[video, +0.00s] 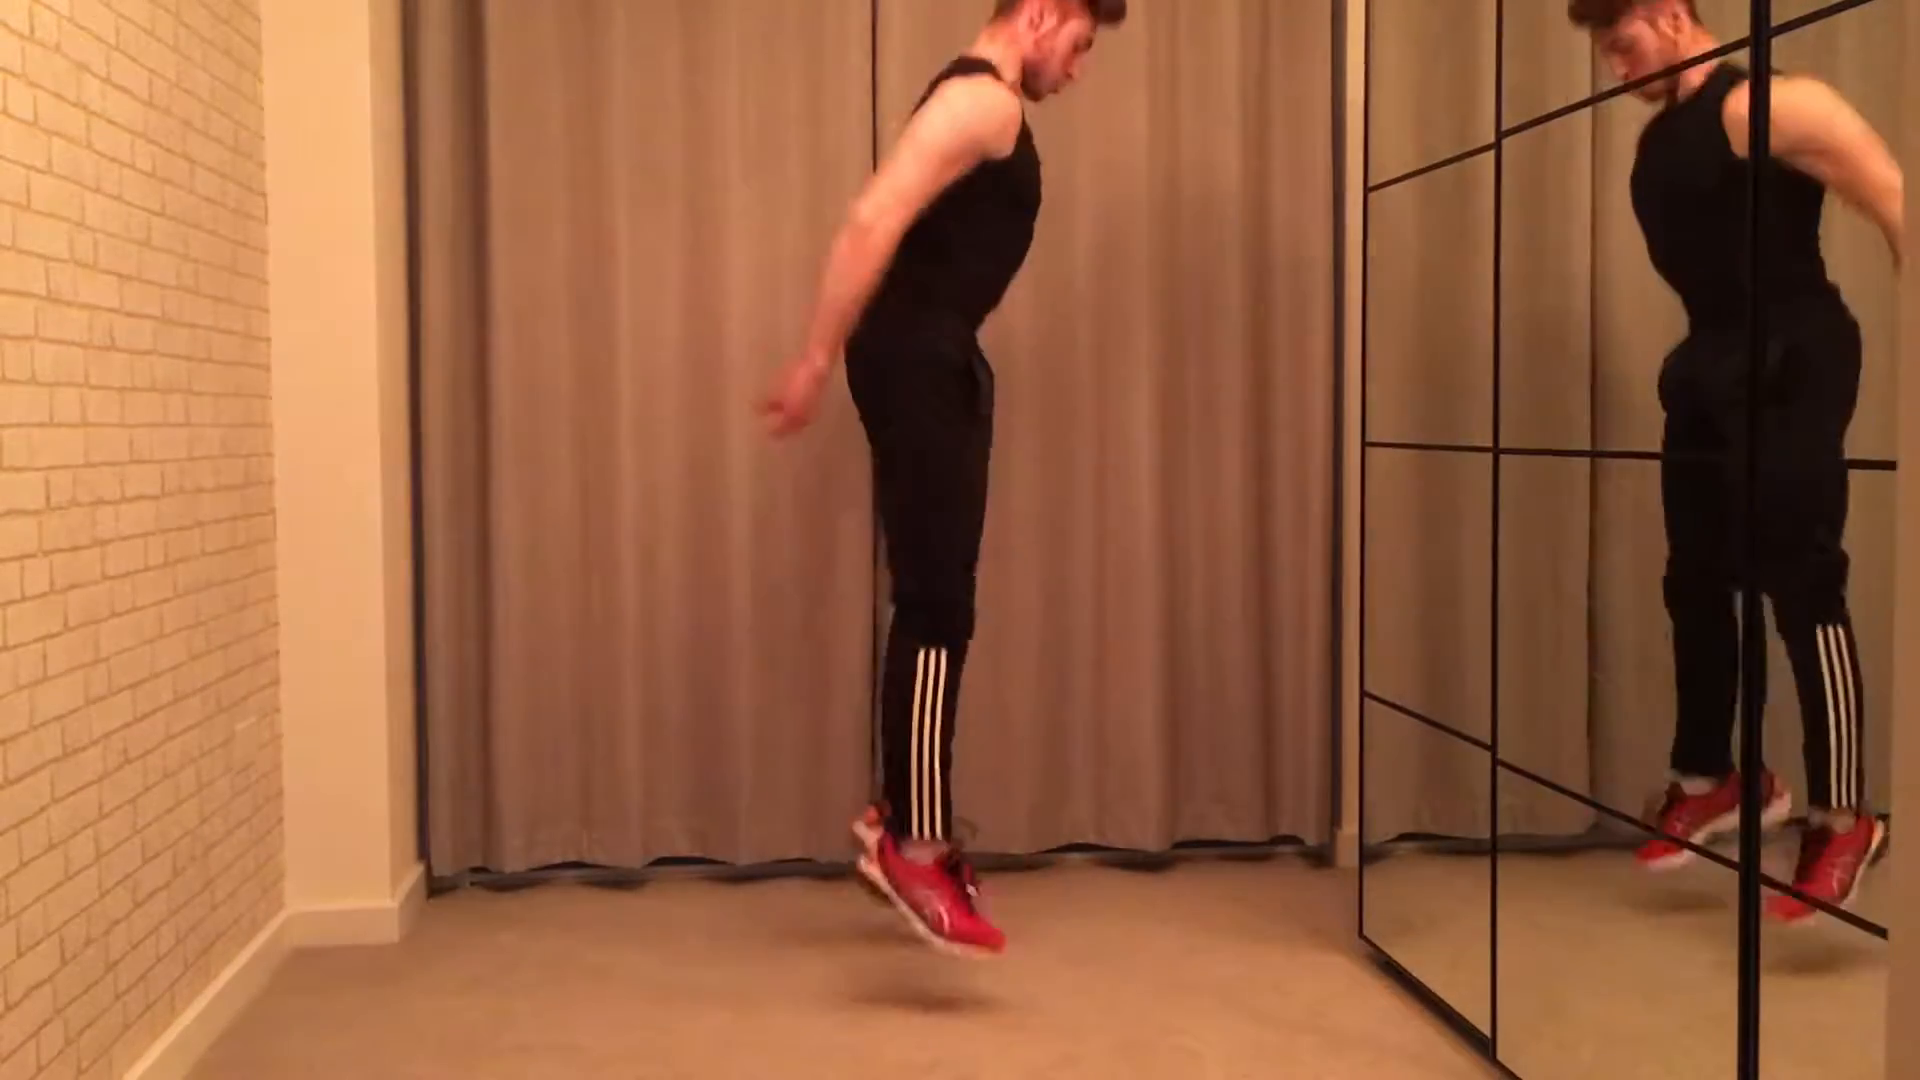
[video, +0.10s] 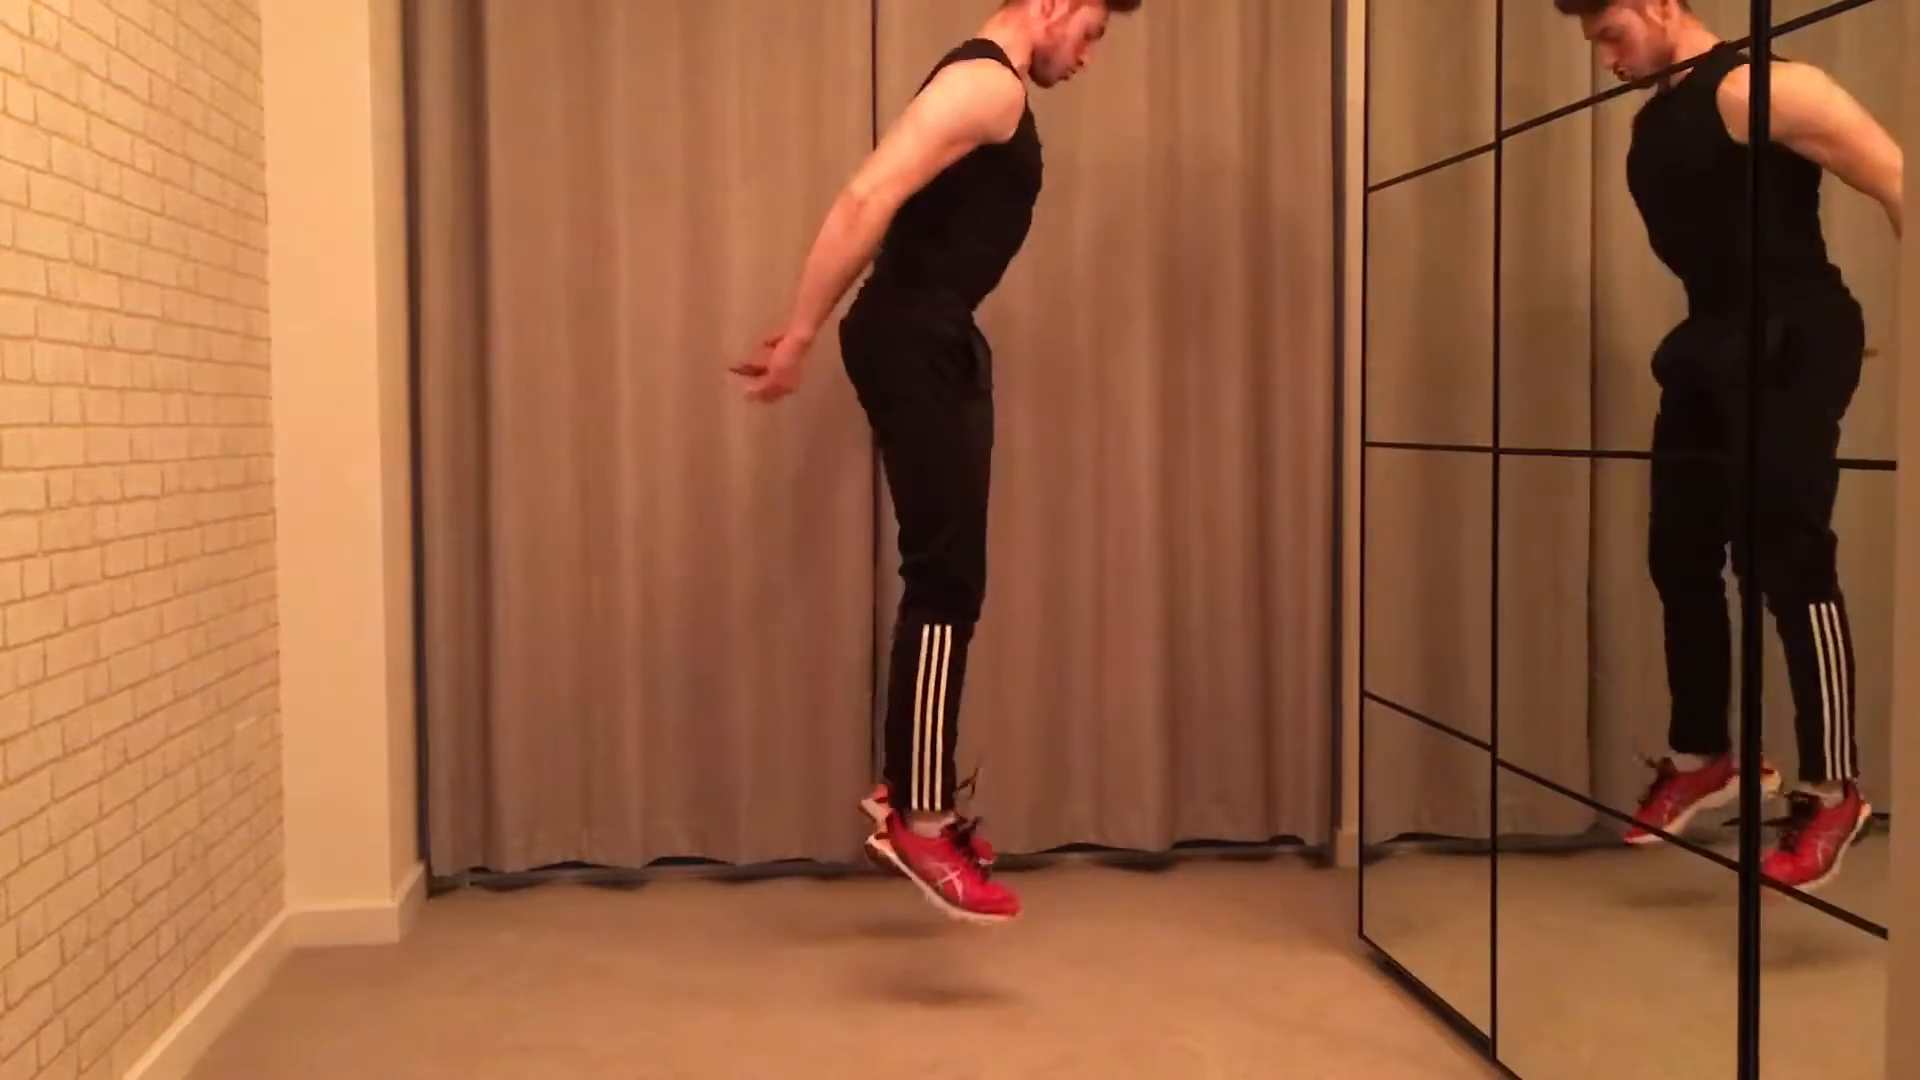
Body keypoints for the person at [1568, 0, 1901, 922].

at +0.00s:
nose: (1614, 61)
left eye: (1622, 36)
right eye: (1603, 46)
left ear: (1675, 15)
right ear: (1613, 44)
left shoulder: (1774, 105)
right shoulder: (1665, 131)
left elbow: (1894, 204)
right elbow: (1721, 257)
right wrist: (1713, 355)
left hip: (1793, 365)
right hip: (1708, 369)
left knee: (1801, 587)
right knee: (1701, 580)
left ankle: (1846, 818)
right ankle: (1715, 779)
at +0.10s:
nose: (1604, 57)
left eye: (1608, 33)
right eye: (1594, 41)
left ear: (1661, 6)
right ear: (1643, 18)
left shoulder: (1763, 89)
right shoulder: (1665, 108)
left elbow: (1896, 182)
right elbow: (1727, 238)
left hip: (1795, 344)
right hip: (1710, 346)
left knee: (1789, 561)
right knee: (1684, 558)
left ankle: (1835, 793)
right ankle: (1705, 757)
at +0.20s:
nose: (1600, 104)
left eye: (1605, 83)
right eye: (1589, 92)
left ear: (1651, 48)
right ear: (1597, 79)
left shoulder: (1747, 125)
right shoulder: (1647, 154)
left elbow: (1885, 214)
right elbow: (1720, 270)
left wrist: (1909, 299)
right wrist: (1713, 367)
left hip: (1800, 367)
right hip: (1713, 370)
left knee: (1783, 591)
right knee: (1674, 581)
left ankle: (1809, 818)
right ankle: (1672, 781)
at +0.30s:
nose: (1580, 192)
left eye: (1583, 168)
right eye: (1568, 177)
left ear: (1628, 137)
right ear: (1582, 168)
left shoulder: (1728, 219)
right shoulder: (1639, 238)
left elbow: (1868, 303)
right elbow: (1723, 337)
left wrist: (1901, 388)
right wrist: (1719, 430)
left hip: (1812, 449)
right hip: (1725, 448)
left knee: (1759, 660)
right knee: (1663, 643)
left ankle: (1770, 887)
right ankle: (1660, 842)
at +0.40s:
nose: (1560, 328)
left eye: (1562, 308)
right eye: (1551, 314)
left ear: (1610, 280)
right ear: (1601, 290)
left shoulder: (1719, 359)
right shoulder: (1630, 371)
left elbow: (1854, 454)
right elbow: (1668, 483)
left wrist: (1888, 540)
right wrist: (1699, 537)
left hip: (1820, 549)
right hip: (1732, 544)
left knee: (1682, 699)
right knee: (1621, 686)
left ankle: (1751, 910)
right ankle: (1677, 867)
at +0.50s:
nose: (1556, 463)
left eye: (1561, 443)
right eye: (1548, 449)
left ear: (1608, 414)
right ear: (1602, 417)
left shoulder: (1717, 495)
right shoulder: (1621, 485)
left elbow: (1842, 615)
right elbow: (1650, 594)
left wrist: (1903, 738)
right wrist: (1644, 680)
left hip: (1832, 622)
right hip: (1745, 605)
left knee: (1669, 714)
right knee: (1601, 699)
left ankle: (1758, 913)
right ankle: (1676, 871)